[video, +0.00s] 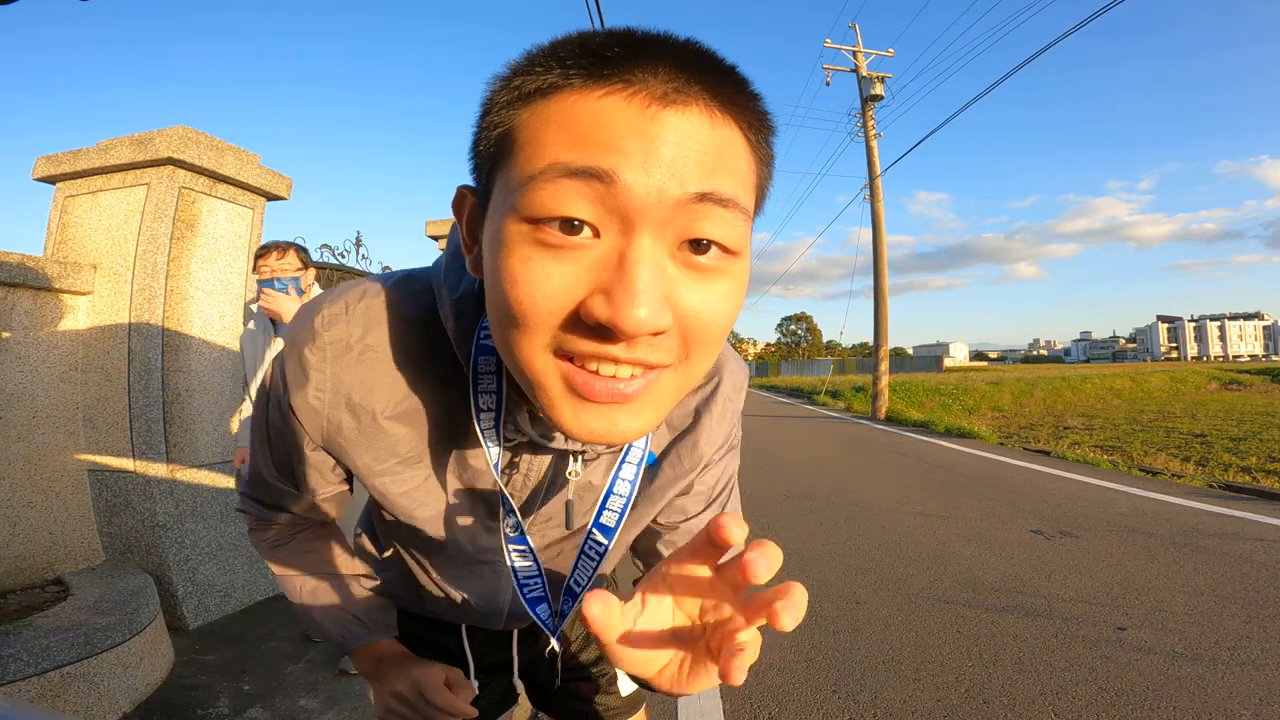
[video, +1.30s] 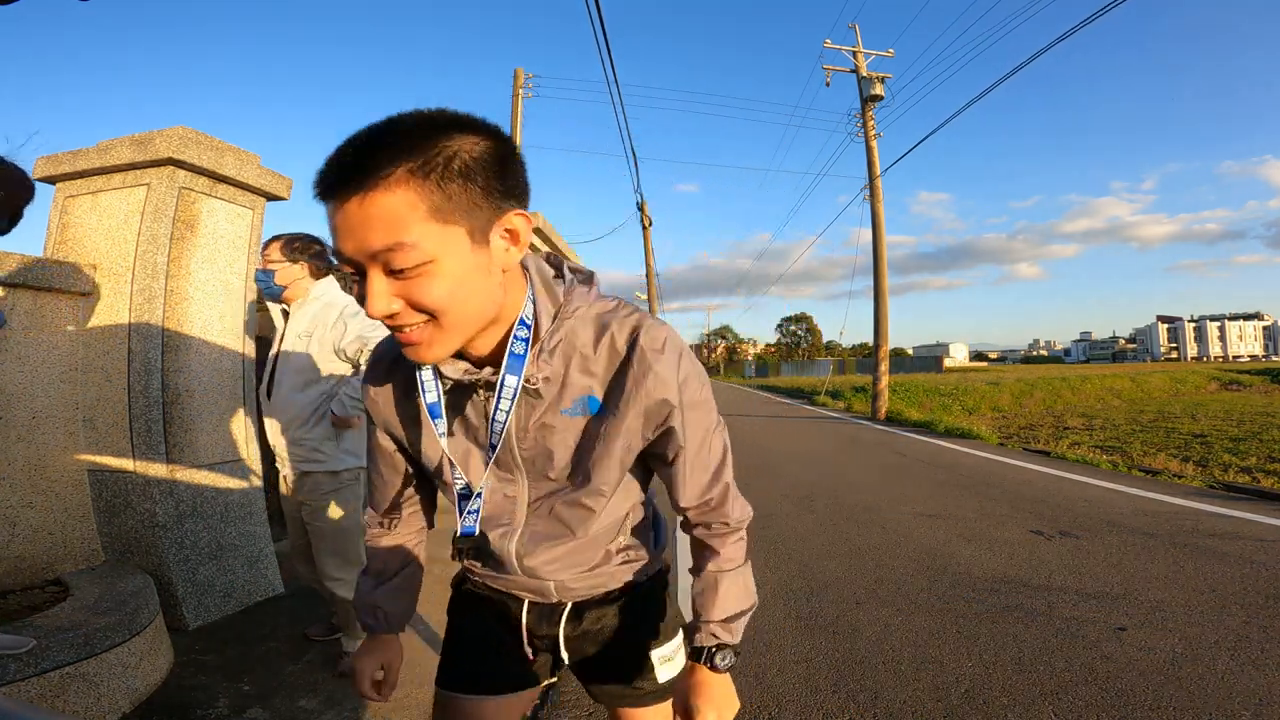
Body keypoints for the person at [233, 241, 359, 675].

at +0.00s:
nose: (273, 287)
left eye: (283, 278)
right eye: (265, 280)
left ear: (308, 278)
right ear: (254, 283)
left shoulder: (327, 313)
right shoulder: (255, 321)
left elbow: (334, 364)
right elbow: (251, 383)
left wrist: (295, 318)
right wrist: (245, 437)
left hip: (325, 441)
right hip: (275, 446)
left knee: (334, 529)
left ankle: (353, 633)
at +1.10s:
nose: (271, 278)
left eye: (282, 268)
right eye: (266, 270)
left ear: (313, 268)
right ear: (262, 276)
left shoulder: (351, 310)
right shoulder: (279, 330)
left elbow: (373, 360)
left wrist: (286, 372)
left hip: (338, 467)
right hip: (289, 468)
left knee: (344, 568)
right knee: (303, 561)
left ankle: (361, 642)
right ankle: (338, 616)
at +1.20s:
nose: (265, 278)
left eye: (274, 269)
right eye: (262, 271)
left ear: (309, 269)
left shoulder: (348, 311)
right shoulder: (284, 321)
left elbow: (385, 357)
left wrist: (321, 396)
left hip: (337, 471)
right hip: (291, 470)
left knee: (343, 569)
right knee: (303, 562)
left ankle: (360, 643)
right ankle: (340, 616)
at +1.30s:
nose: (264, 276)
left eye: (273, 267)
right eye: (264, 268)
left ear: (305, 267)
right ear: (290, 272)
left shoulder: (336, 307)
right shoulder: (293, 314)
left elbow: (384, 347)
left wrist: (349, 400)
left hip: (333, 465)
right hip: (297, 465)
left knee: (339, 567)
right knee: (308, 558)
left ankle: (355, 643)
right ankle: (337, 617)